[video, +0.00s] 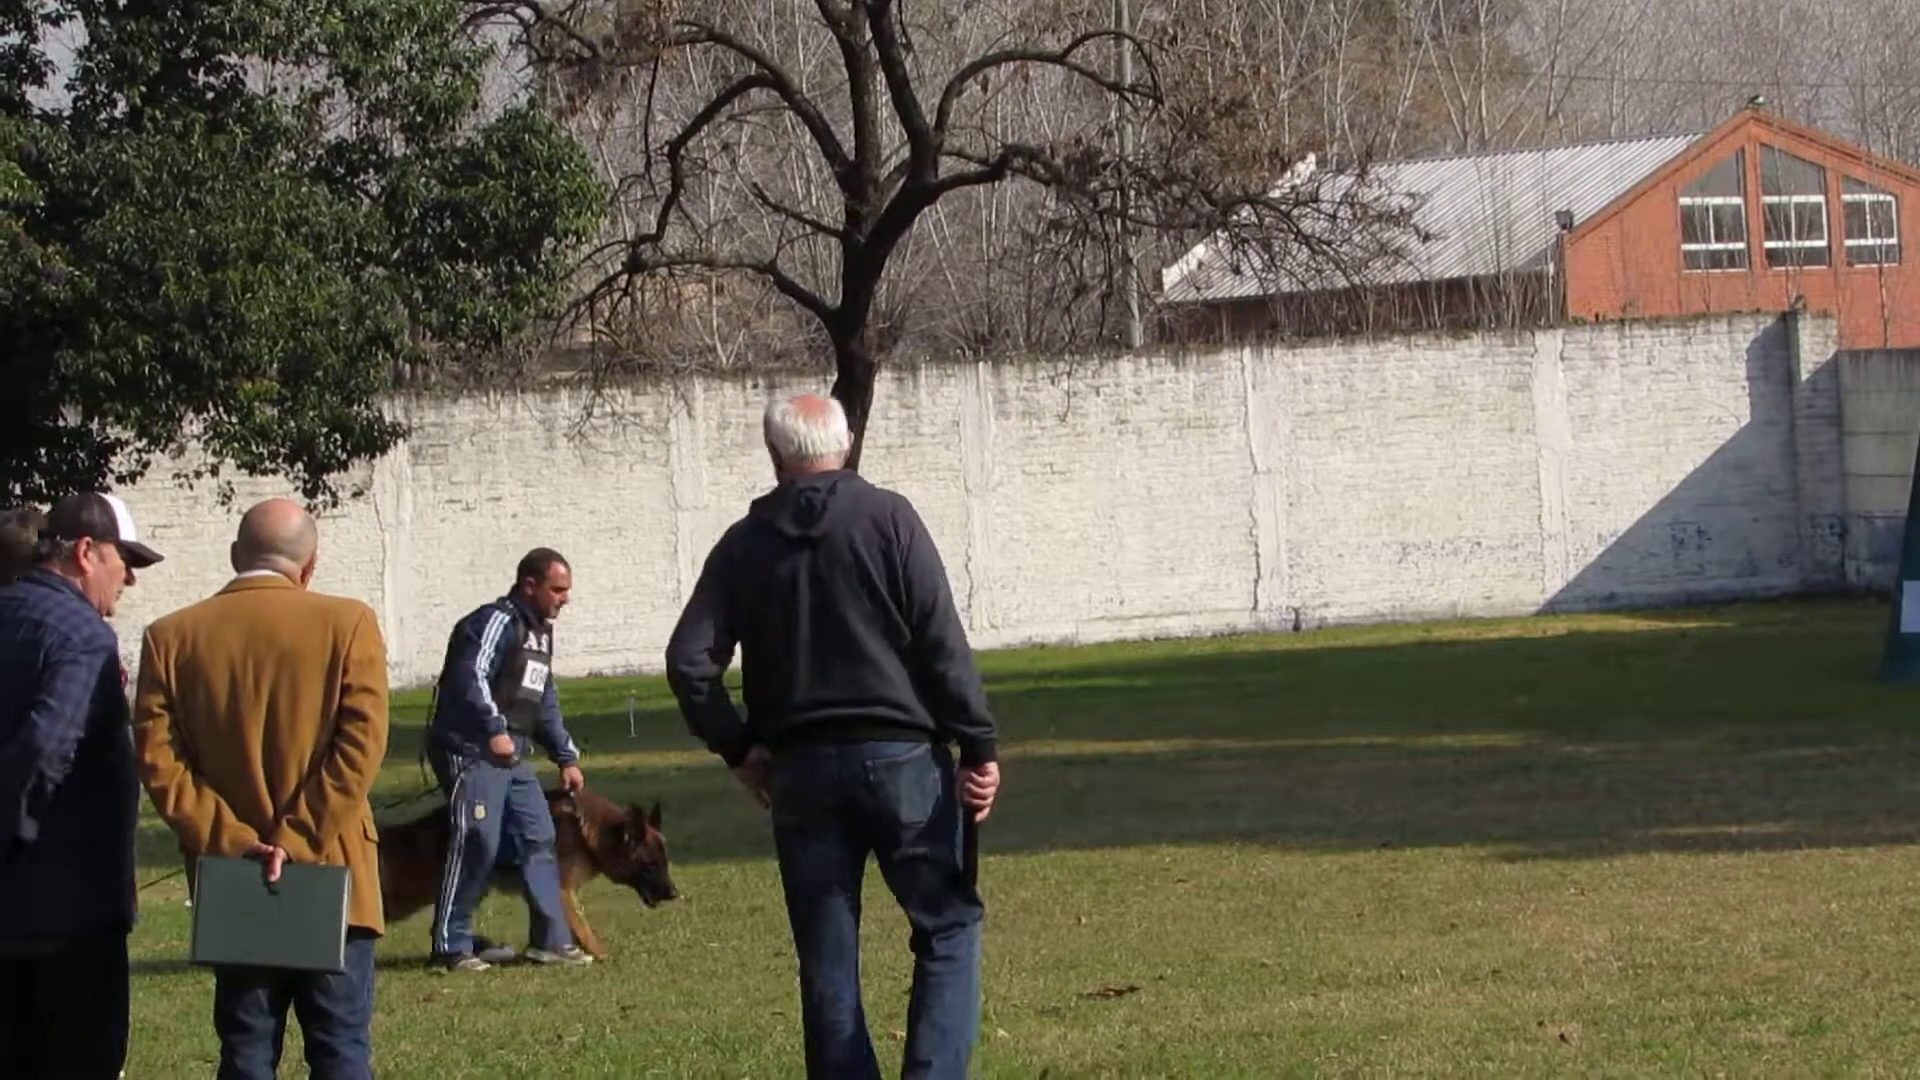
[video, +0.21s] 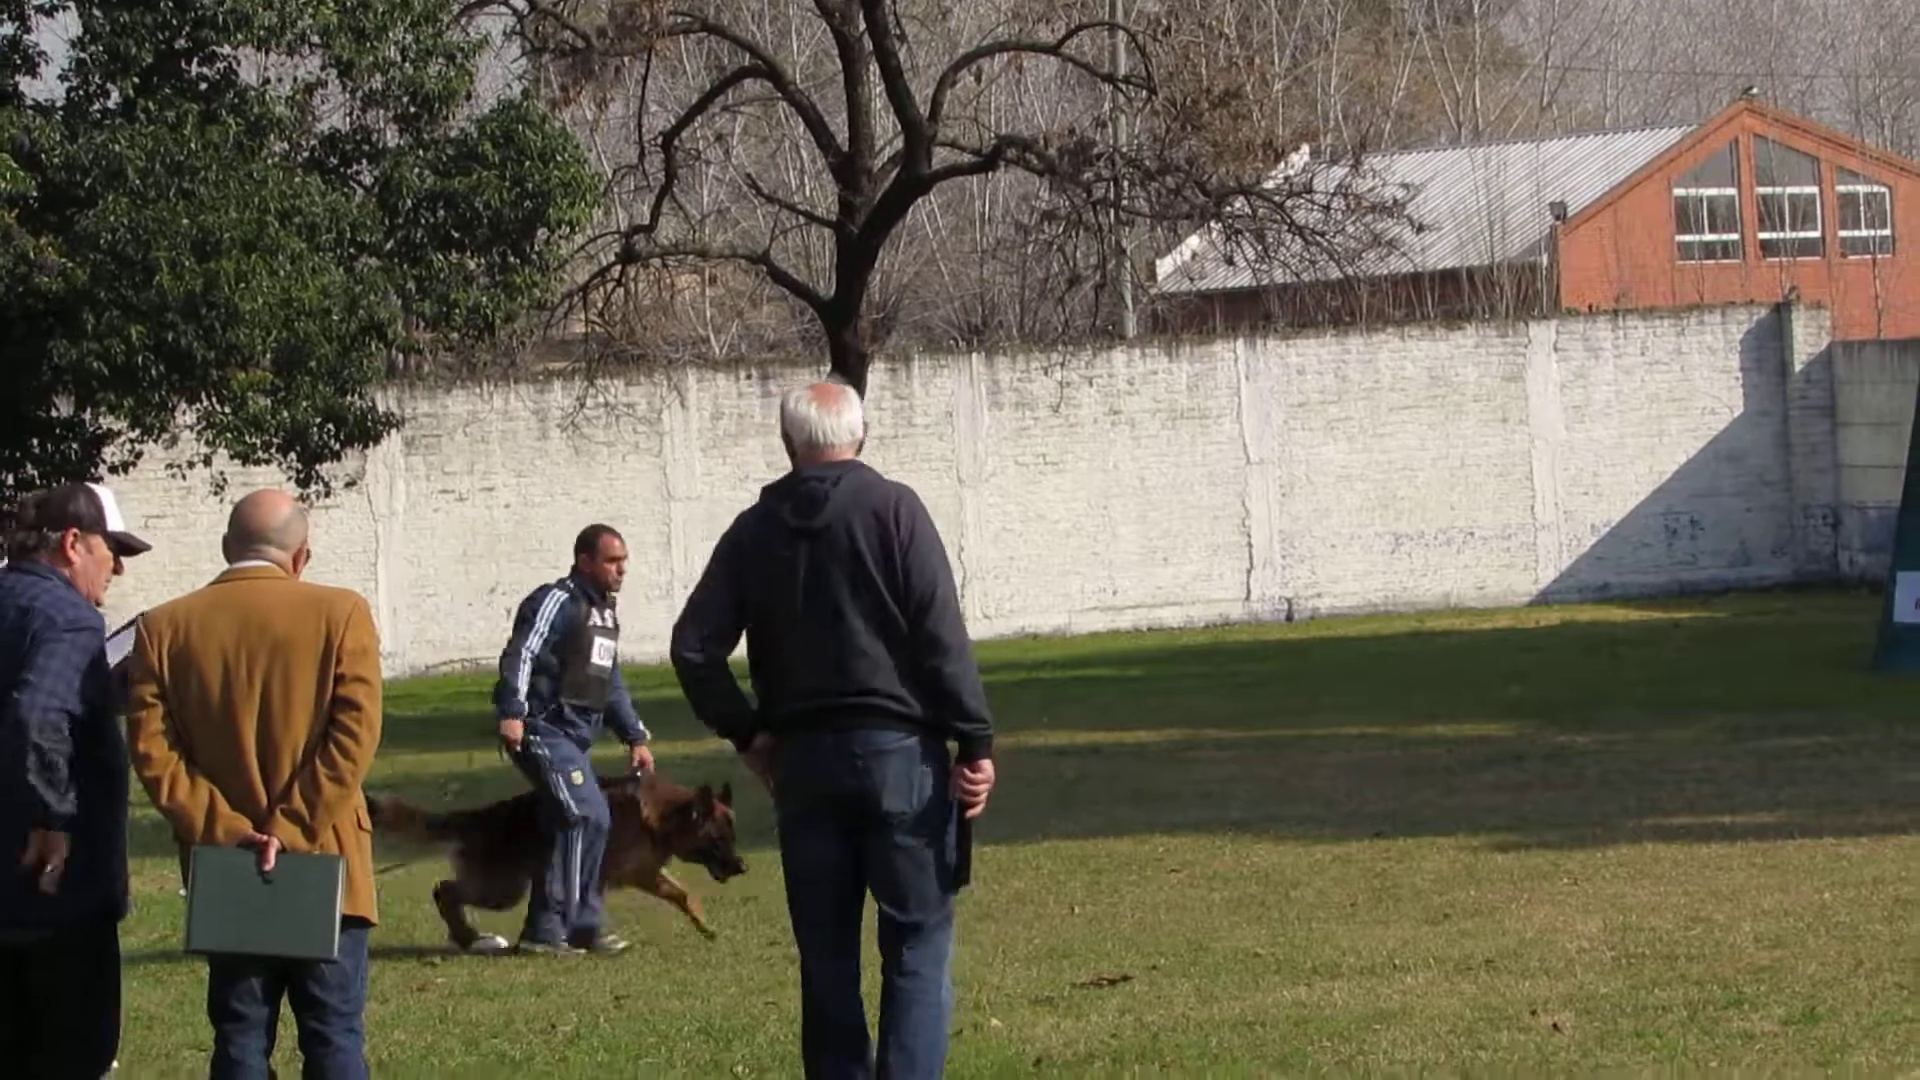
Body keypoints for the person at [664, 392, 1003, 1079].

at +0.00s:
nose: (852, 451)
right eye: (851, 442)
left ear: (775, 457)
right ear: (848, 447)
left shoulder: (743, 542)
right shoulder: (888, 517)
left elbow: (688, 661)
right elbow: (940, 642)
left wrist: (738, 747)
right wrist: (979, 746)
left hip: (799, 772)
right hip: (902, 761)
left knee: (825, 960)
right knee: (947, 928)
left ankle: (841, 1074)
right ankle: (933, 1072)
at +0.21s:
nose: (864, 445)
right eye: (864, 436)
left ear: (788, 444)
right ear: (862, 439)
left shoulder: (753, 528)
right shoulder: (893, 508)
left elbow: (694, 646)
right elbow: (940, 636)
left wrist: (747, 734)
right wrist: (976, 743)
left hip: (801, 760)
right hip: (898, 755)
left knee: (824, 957)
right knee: (918, 945)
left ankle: (837, 1074)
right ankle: (910, 1073)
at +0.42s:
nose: (880, 370)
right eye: (879, 360)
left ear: (798, 365)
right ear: (874, 365)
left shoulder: (759, 448)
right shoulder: (896, 434)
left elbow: (697, 561)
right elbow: (936, 564)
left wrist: (747, 645)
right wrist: (968, 670)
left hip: (797, 682)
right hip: (888, 677)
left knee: (817, 872)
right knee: (901, 867)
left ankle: (832, 1046)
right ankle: (889, 1053)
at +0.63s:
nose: (887, 267)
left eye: (882, 255)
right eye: (886, 257)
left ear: (801, 258)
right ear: (876, 263)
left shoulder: (761, 340)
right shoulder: (890, 335)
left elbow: (695, 457)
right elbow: (925, 467)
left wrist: (740, 543)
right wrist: (951, 572)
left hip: (785, 584)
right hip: (873, 579)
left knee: (806, 771)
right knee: (879, 770)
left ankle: (813, 953)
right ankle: (867, 960)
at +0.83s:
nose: (832, 191)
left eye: (827, 179)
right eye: (831, 180)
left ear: (749, 176)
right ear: (819, 184)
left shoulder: (701, 257)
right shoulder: (829, 256)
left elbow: (628, 369)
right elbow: (862, 392)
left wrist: (681, 462)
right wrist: (881, 502)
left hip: (721, 504)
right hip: (806, 502)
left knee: (742, 691)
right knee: (810, 693)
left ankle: (743, 877)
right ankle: (797, 882)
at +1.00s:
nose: (774, 159)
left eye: (768, 147)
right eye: (773, 148)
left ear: (694, 144)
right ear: (760, 150)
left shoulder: (644, 222)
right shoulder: (765, 225)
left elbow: (571, 340)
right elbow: (794, 360)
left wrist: (627, 424)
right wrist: (815, 470)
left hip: (663, 469)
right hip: (745, 470)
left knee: (678, 656)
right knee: (753, 656)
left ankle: (663, 844)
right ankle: (738, 851)